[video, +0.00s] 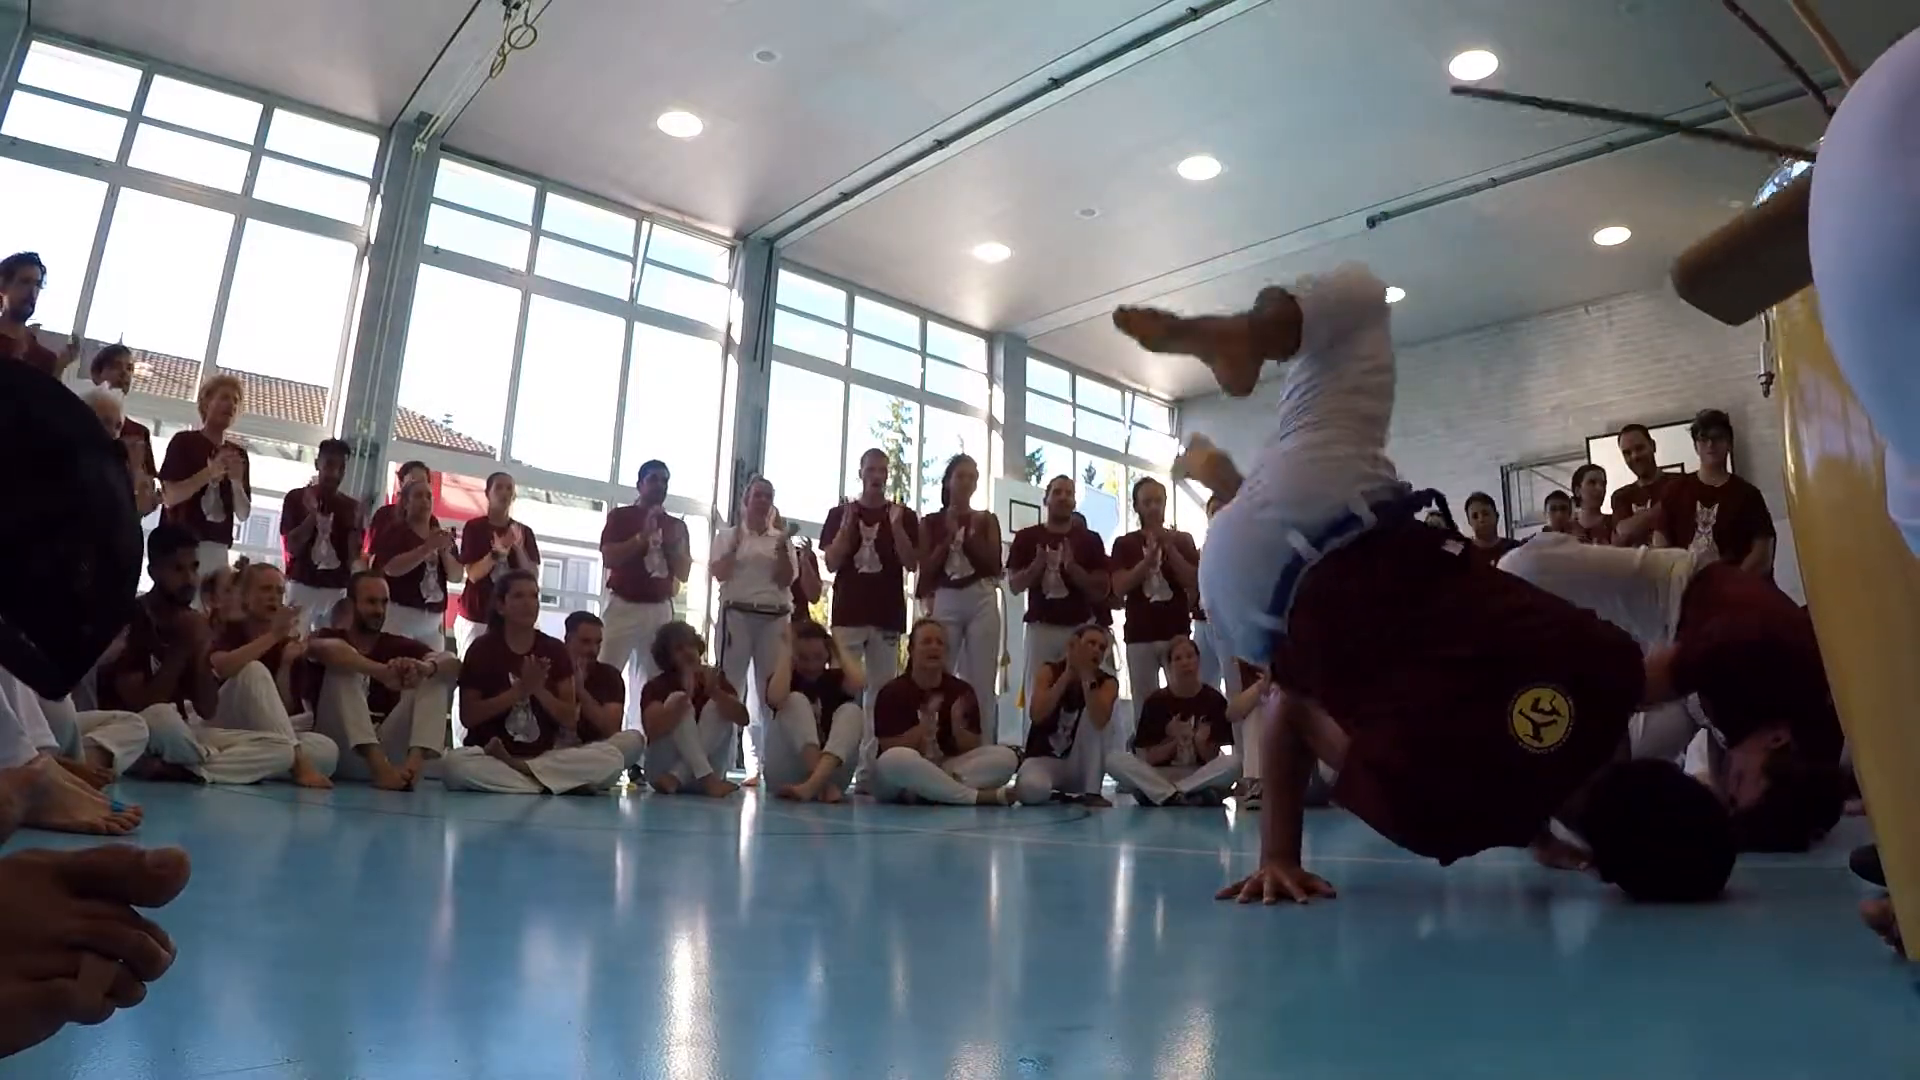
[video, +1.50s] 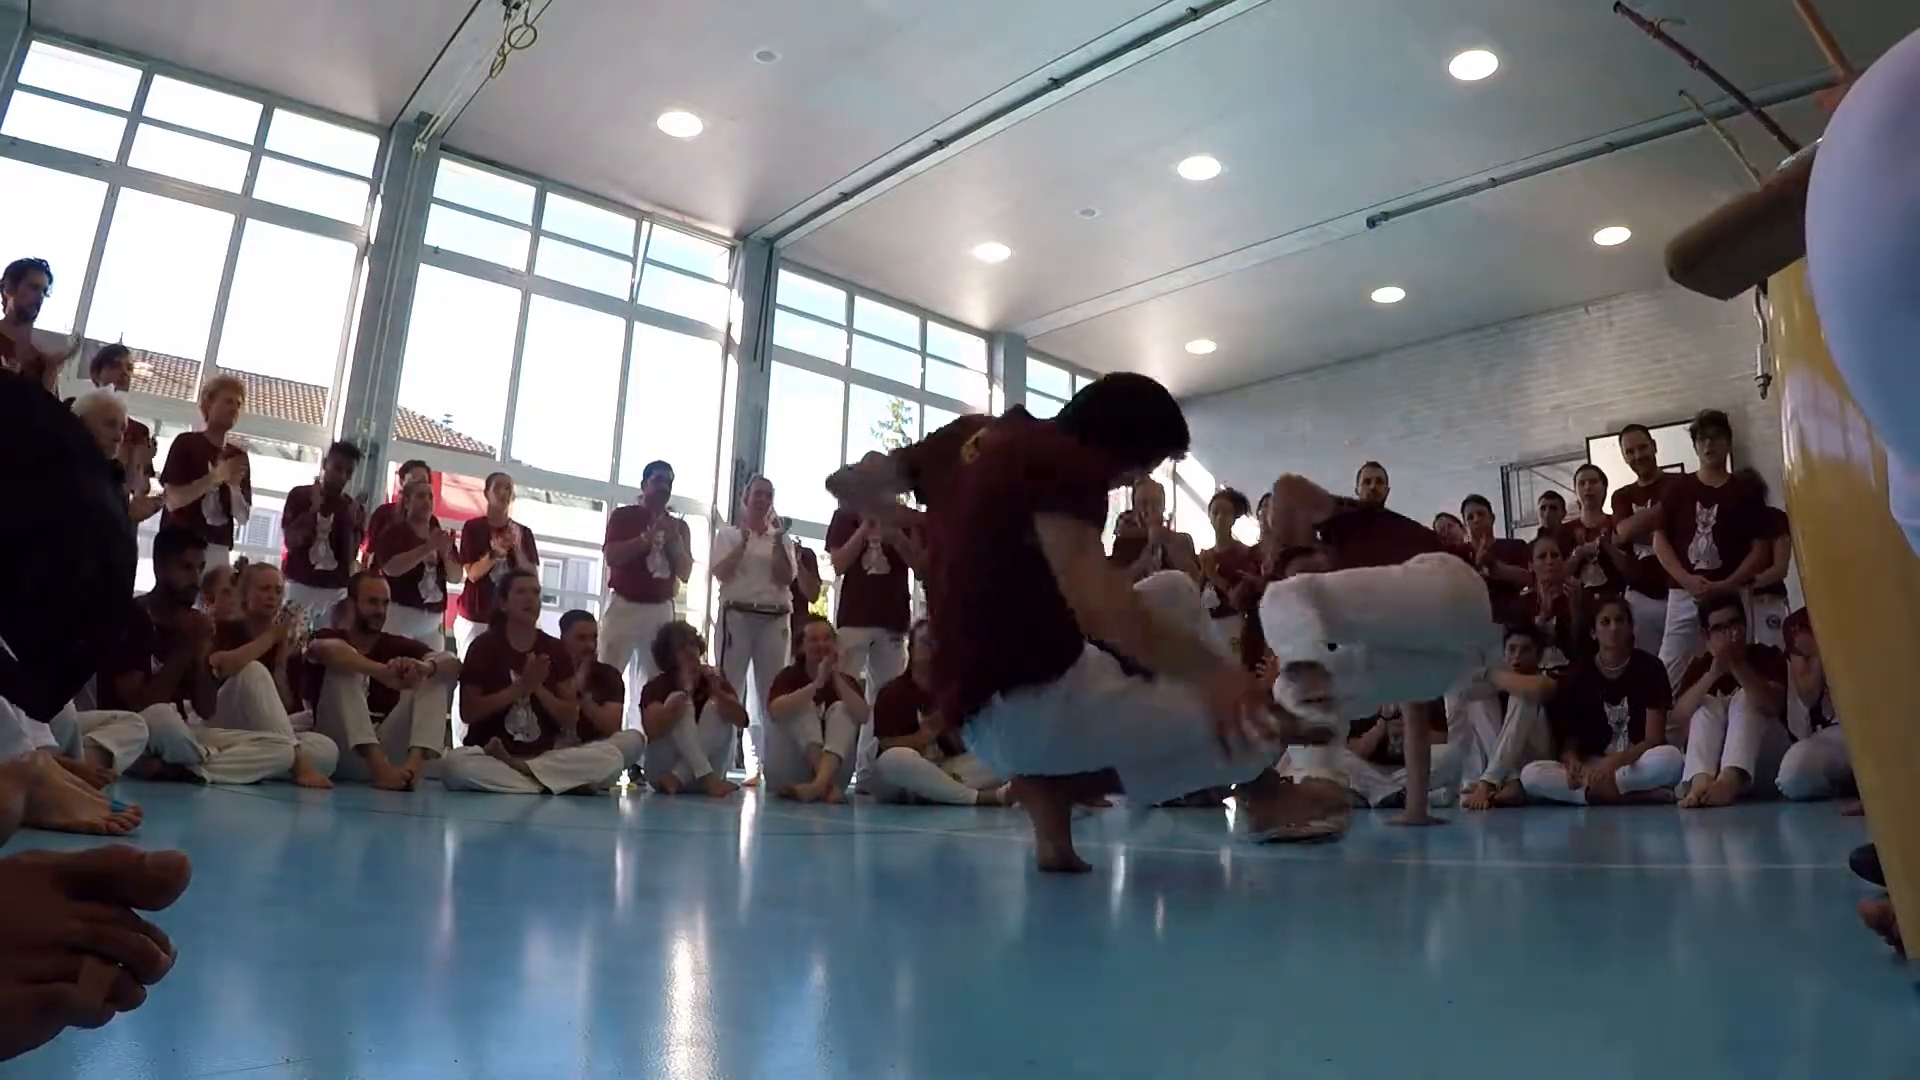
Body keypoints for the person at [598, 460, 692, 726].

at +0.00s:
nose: (659, 484)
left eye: (664, 480)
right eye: (653, 479)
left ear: (668, 487)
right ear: (639, 484)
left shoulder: (676, 526)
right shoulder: (619, 517)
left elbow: (683, 574)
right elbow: (610, 558)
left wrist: (672, 547)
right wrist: (642, 537)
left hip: (659, 610)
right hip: (622, 607)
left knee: (654, 685)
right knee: (605, 680)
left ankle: (649, 749)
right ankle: (598, 745)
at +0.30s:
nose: (660, 484)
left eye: (664, 480)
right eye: (654, 479)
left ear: (668, 487)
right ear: (640, 484)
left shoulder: (676, 525)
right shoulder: (620, 516)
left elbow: (684, 573)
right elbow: (611, 557)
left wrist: (671, 545)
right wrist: (639, 542)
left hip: (660, 609)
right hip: (623, 606)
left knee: (654, 684)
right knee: (606, 679)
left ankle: (650, 747)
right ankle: (599, 743)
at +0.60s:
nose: (661, 485)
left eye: (665, 481)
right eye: (655, 479)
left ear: (669, 487)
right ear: (641, 484)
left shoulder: (678, 525)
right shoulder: (621, 516)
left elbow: (685, 574)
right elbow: (611, 557)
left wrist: (672, 545)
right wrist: (647, 542)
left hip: (660, 610)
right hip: (622, 608)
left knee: (657, 687)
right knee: (605, 681)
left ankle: (653, 753)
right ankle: (598, 748)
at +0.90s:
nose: (663, 485)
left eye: (668, 481)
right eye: (657, 479)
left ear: (671, 488)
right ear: (642, 484)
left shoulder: (678, 525)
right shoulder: (621, 516)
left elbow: (685, 572)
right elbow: (612, 556)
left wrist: (672, 544)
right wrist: (649, 541)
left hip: (660, 610)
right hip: (622, 608)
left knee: (656, 686)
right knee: (606, 681)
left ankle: (652, 748)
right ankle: (599, 746)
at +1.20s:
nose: (664, 487)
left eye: (669, 482)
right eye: (658, 480)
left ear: (672, 488)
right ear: (644, 484)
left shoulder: (678, 526)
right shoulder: (623, 516)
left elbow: (685, 574)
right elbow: (612, 557)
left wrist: (674, 544)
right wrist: (646, 538)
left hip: (660, 610)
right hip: (622, 607)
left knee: (656, 687)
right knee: (606, 682)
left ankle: (652, 752)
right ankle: (598, 748)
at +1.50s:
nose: (664, 487)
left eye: (669, 482)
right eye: (658, 480)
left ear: (672, 489)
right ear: (644, 484)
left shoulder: (678, 525)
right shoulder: (623, 515)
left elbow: (685, 573)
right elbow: (611, 556)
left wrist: (673, 540)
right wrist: (646, 539)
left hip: (660, 610)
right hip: (623, 607)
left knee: (655, 688)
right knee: (606, 683)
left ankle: (653, 752)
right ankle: (598, 748)